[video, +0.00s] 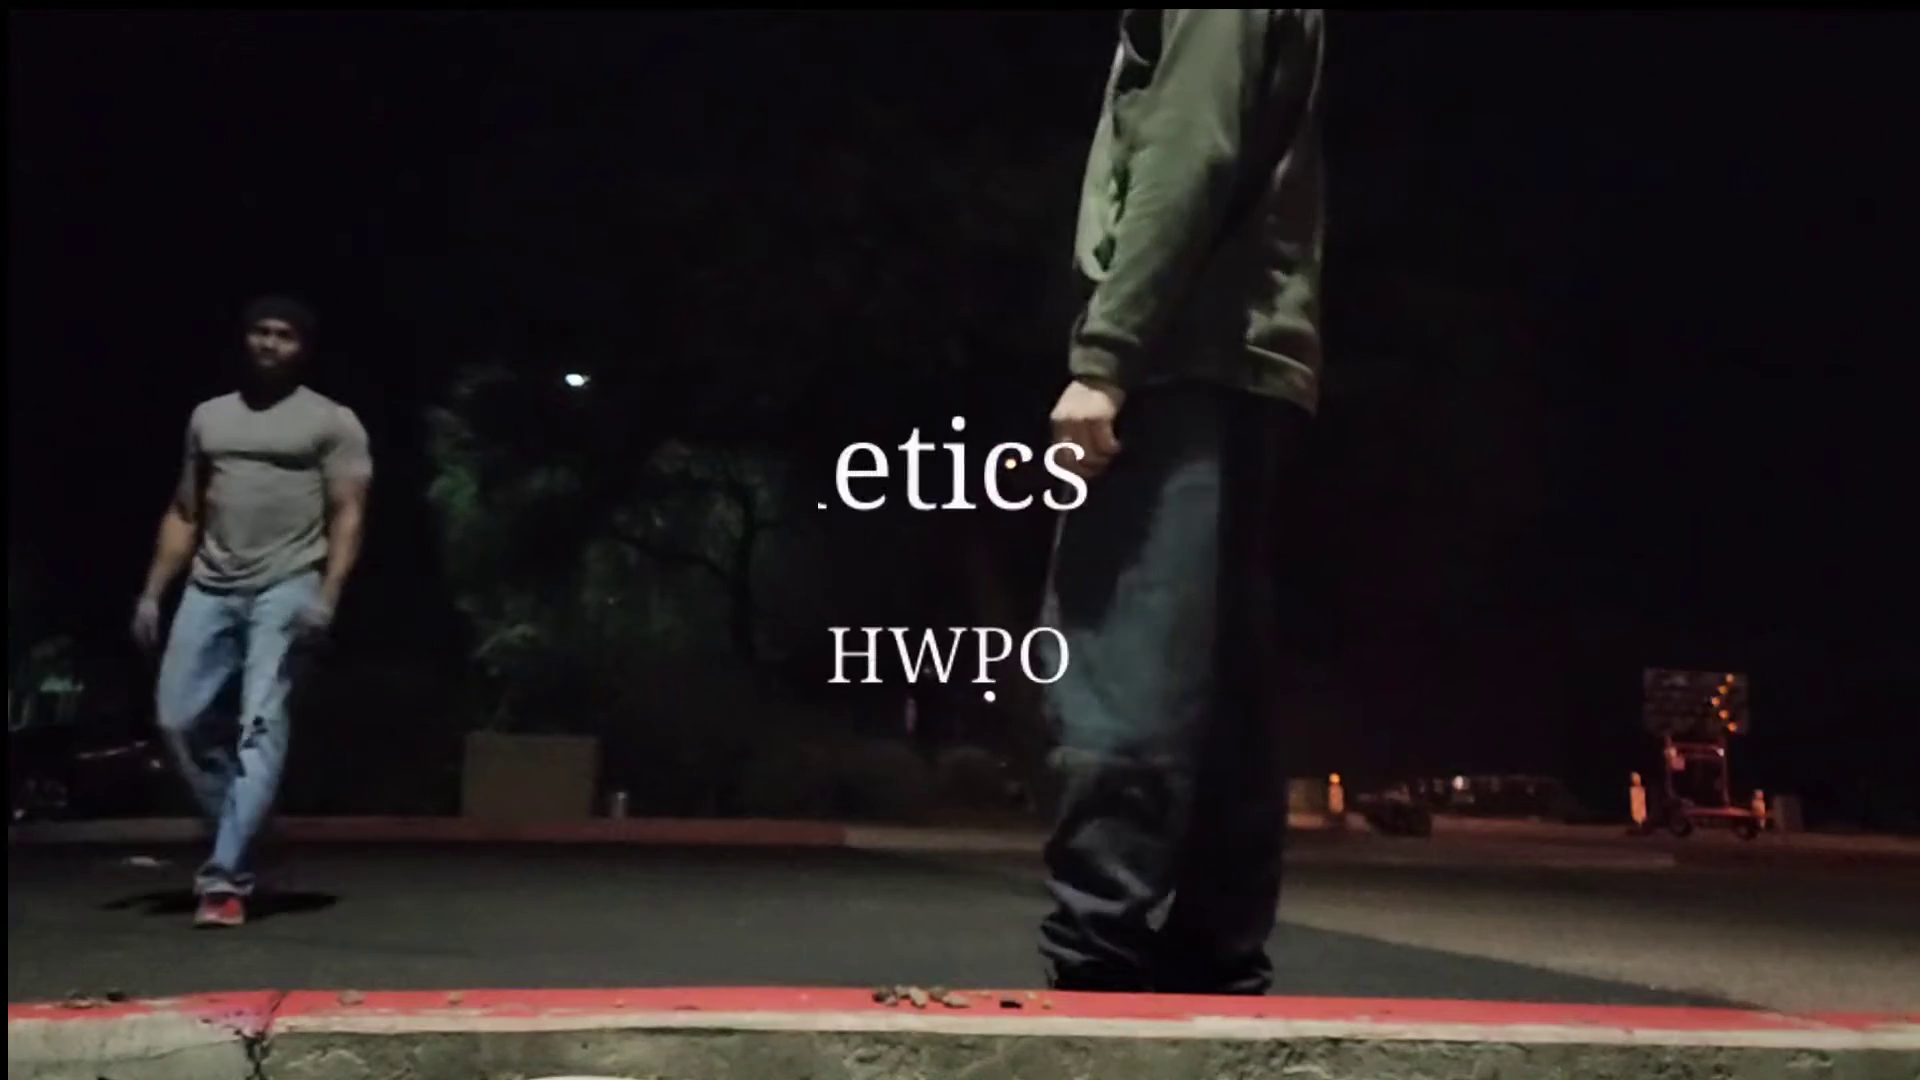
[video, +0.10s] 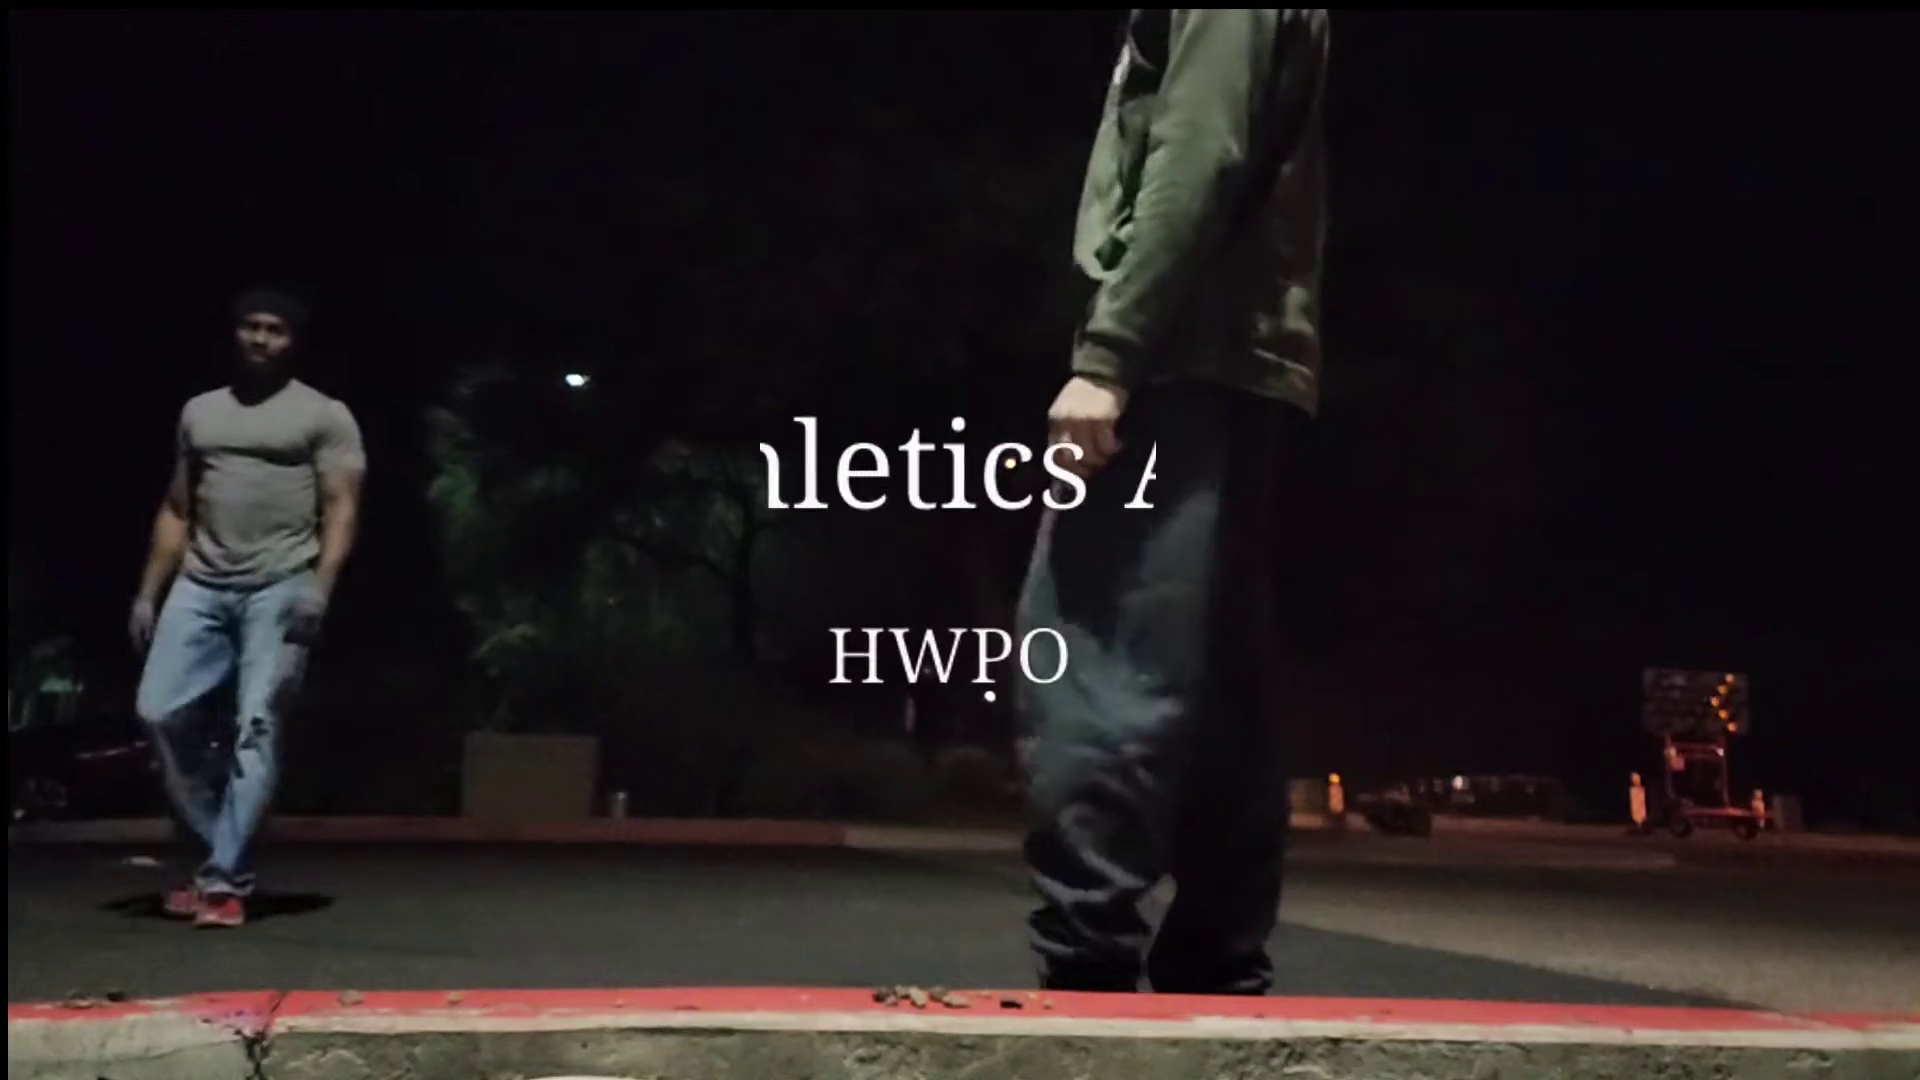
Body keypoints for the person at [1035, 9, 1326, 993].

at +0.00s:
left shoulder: (1230, 19)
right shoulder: (1266, 31)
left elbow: (1194, 155)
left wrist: (1101, 363)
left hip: (1187, 351)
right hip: (1236, 352)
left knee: (1129, 641)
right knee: (1218, 654)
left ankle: (1106, 946)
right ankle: (1215, 948)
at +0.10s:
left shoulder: (1233, 17)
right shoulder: (1268, 29)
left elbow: (1199, 156)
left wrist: (1104, 361)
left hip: (1179, 357)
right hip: (1238, 360)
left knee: (1100, 650)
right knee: (1220, 664)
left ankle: (1088, 966)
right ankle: (1214, 969)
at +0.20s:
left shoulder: (1238, 16)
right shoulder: (1263, 28)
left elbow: (1203, 156)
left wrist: (1107, 360)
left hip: (1177, 355)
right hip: (1236, 361)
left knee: (1082, 645)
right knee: (1219, 664)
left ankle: (1079, 965)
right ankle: (1214, 971)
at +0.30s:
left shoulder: (1232, 16)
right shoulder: (1254, 27)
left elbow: (1196, 161)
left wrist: (1105, 365)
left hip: (1178, 361)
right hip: (1235, 370)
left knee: (1087, 652)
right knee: (1222, 676)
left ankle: (1054, 968)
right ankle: (1214, 980)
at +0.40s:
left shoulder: (1220, 16)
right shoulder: (1240, 27)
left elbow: (1188, 164)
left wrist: (1104, 372)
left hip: (1180, 364)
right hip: (1236, 370)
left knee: (1101, 660)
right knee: (1224, 680)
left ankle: (1040, 954)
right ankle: (1216, 968)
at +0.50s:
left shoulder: (1205, 18)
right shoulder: (1229, 29)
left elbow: (1178, 163)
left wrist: (1100, 376)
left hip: (1180, 367)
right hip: (1234, 372)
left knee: (1108, 666)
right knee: (1223, 684)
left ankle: (1037, 958)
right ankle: (1215, 970)